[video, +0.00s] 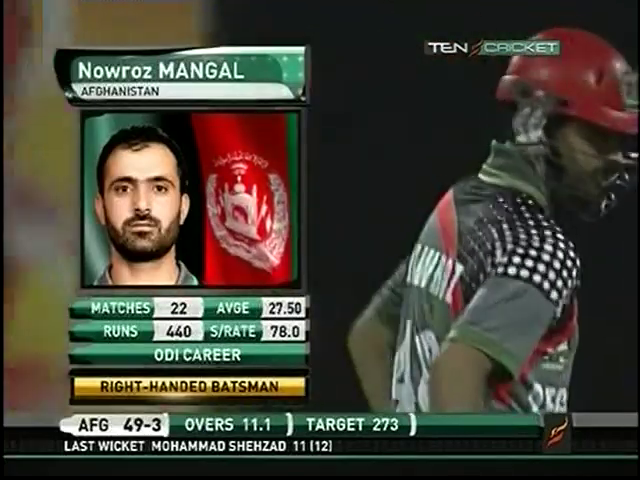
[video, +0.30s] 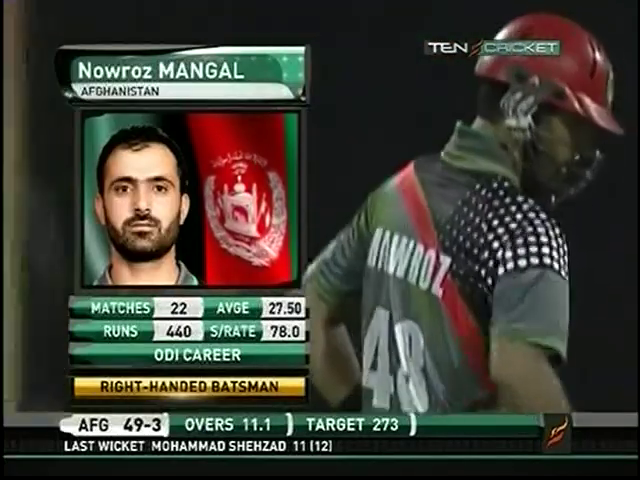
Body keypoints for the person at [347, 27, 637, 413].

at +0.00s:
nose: (617, 161)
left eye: (619, 142)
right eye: (598, 139)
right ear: (538, 128)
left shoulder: (459, 205)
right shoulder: (542, 248)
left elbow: (369, 337)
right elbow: (457, 371)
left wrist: (404, 445)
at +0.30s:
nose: (589, 154)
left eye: (593, 136)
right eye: (578, 129)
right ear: (524, 112)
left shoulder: (401, 187)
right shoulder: (522, 227)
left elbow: (314, 303)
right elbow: (519, 370)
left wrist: (364, 419)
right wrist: (584, 470)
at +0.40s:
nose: (587, 166)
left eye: (591, 148)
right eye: (576, 142)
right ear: (522, 125)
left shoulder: (402, 203)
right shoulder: (516, 239)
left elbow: (321, 327)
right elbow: (535, 385)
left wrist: (376, 433)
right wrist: (617, 446)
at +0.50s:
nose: (587, 177)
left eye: (592, 159)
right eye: (579, 152)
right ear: (525, 135)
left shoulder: (415, 214)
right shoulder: (516, 249)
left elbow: (328, 348)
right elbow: (534, 405)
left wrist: (393, 441)